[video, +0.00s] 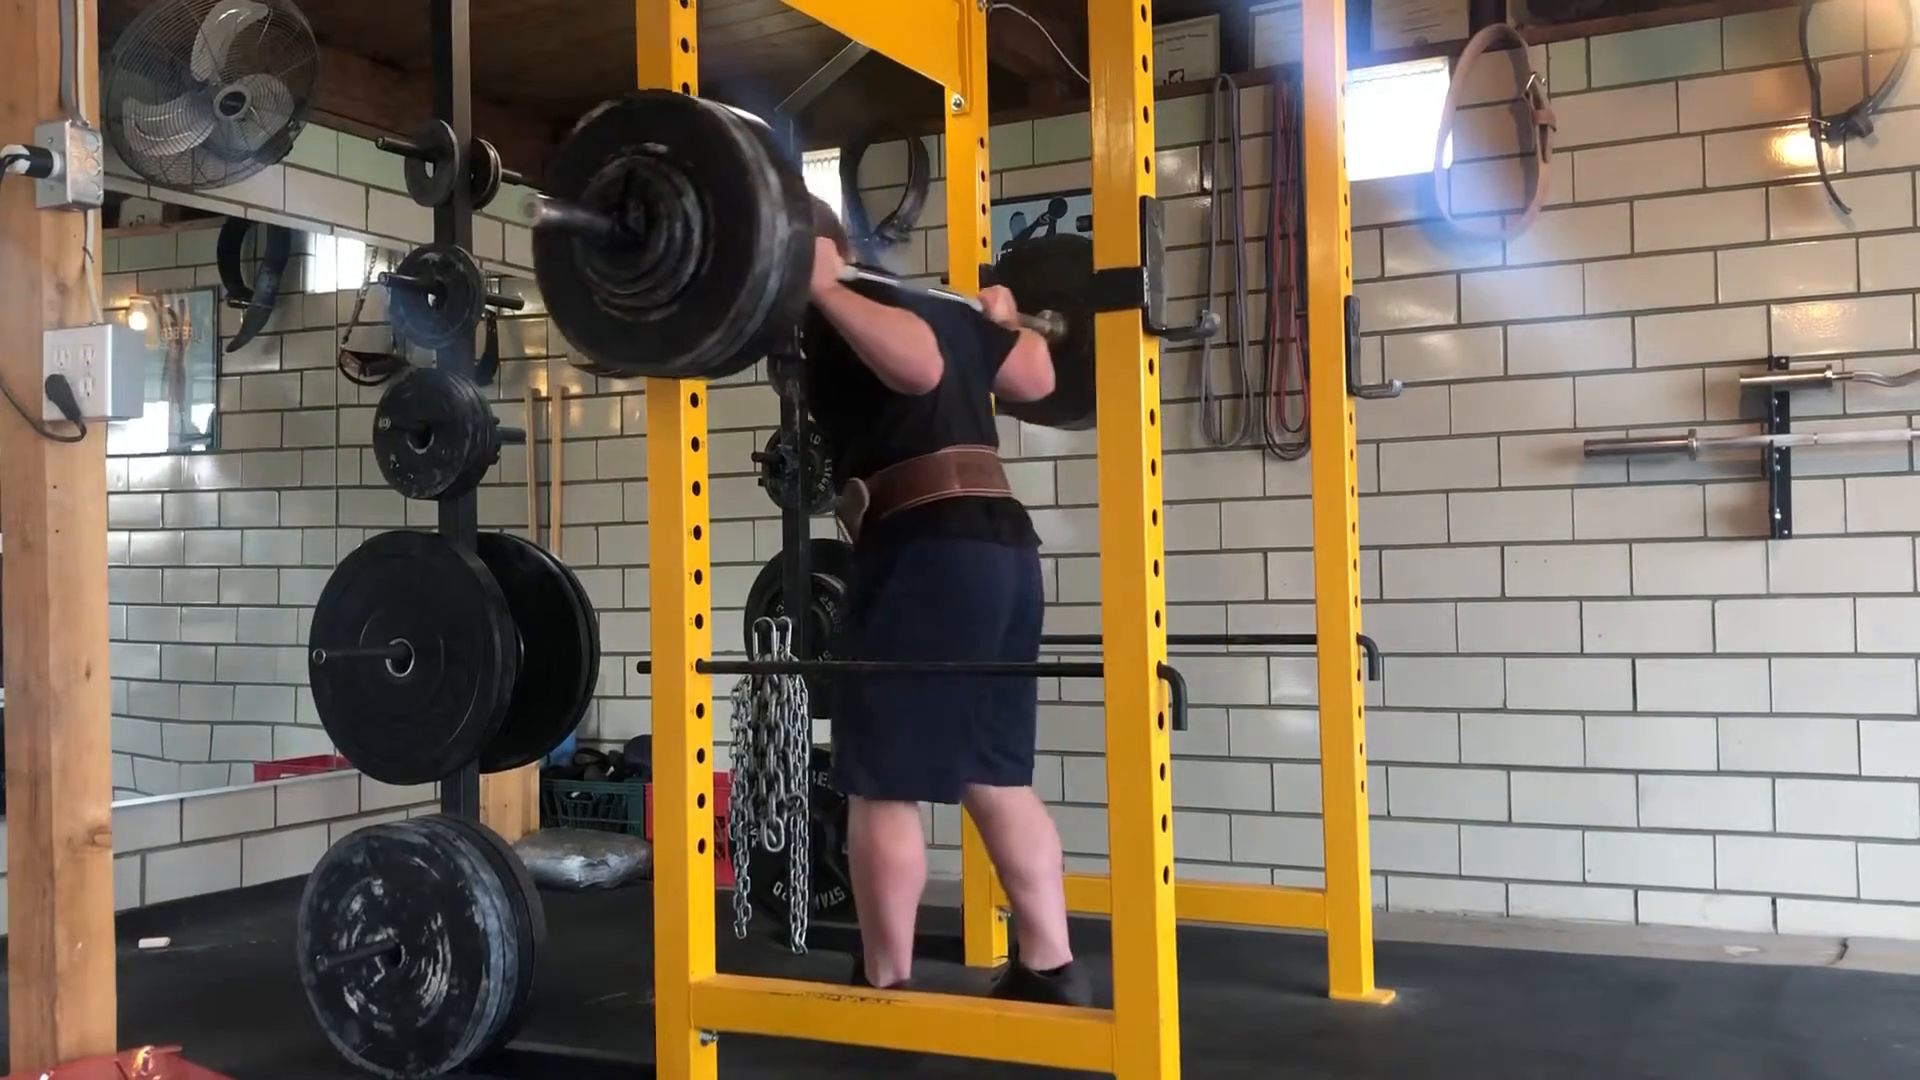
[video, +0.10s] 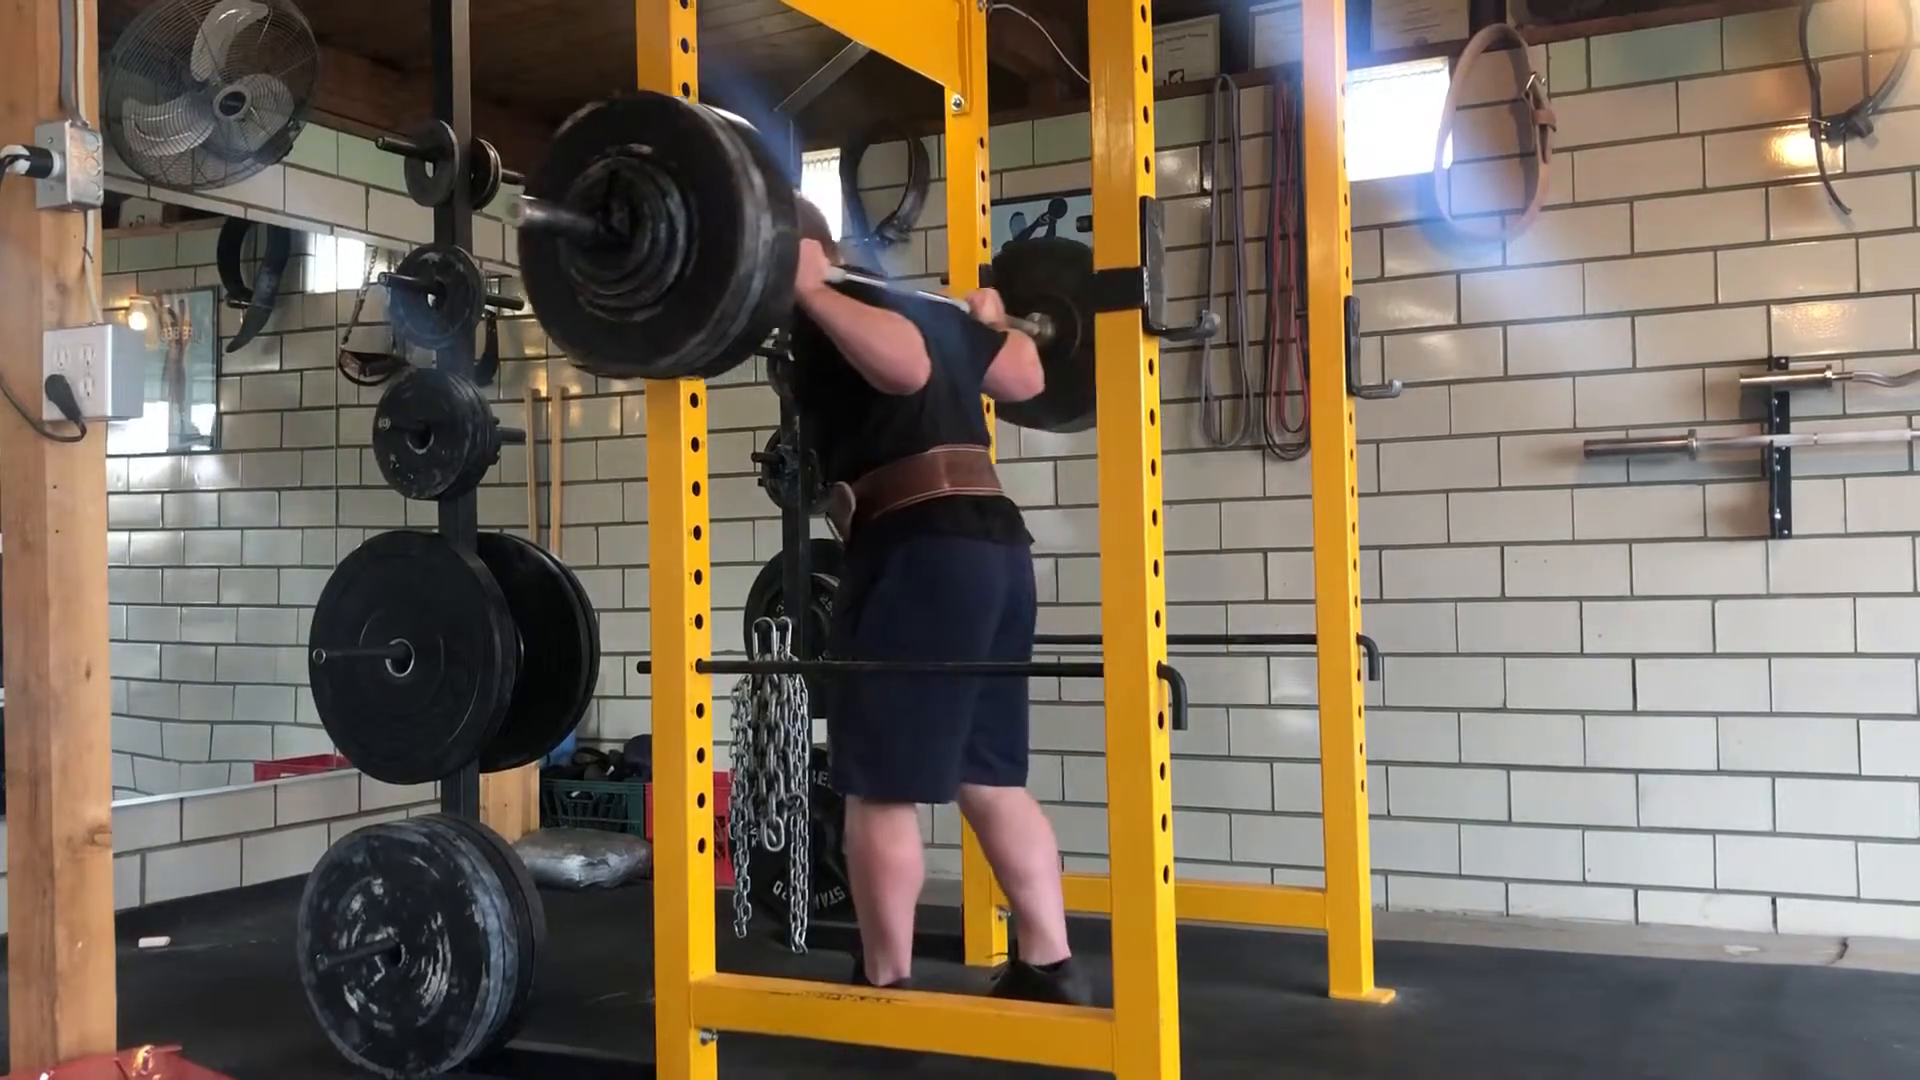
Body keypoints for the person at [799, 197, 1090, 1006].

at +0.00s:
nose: (798, 267)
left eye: (799, 252)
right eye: (797, 253)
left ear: (821, 246)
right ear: (855, 244)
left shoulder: (843, 307)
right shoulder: (947, 316)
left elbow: (924, 369)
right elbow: (1037, 377)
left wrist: (825, 288)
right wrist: (1006, 321)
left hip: (926, 553)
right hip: (1009, 554)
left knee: (882, 779)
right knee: (996, 771)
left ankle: (885, 988)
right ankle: (1049, 968)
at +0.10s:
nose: (774, 272)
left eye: (777, 255)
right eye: (775, 257)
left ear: (805, 248)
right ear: (838, 247)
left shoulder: (829, 308)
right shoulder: (932, 315)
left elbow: (910, 369)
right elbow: (1026, 377)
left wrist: (810, 291)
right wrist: (993, 322)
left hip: (922, 556)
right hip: (1003, 557)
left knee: (881, 781)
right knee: (990, 772)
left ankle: (884, 986)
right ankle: (1049, 967)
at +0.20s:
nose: (763, 265)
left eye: (767, 247)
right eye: (763, 248)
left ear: (793, 247)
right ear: (822, 244)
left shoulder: (816, 311)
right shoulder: (914, 313)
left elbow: (898, 372)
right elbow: (1014, 379)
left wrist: (798, 297)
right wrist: (985, 323)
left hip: (914, 553)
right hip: (994, 551)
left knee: (879, 784)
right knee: (987, 773)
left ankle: (883, 990)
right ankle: (1048, 967)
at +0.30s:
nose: (751, 272)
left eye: (756, 253)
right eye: (749, 255)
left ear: (790, 248)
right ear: (810, 246)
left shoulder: (808, 318)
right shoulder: (906, 315)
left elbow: (890, 374)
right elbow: (1005, 380)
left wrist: (790, 300)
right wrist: (975, 324)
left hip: (908, 558)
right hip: (988, 556)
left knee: (872, 779)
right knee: (982, 773)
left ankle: (884, 985)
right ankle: (1047, 965)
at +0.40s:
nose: (751, 270)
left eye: (754, 252)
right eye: (749, 254)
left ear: (786, 250)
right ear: (807, 247)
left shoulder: (806, 321)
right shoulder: (898, 316)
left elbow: (881, 374)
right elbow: (1000, 379)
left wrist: (784, 297)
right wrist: (972, 329)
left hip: (901, 551)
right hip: (981, 550)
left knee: (869, 780)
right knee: (978, 774)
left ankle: (884, 986)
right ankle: (1048, 963)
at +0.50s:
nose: (752, 271)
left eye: (756, 252)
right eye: (750, 255)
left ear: (786, 251)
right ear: (804, 250)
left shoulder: (807, 317)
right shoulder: (894, 317)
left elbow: (880, 375)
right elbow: (997, 381)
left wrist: (781, 298)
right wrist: (964, 330)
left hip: (899, 554)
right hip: (977, 553)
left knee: (868, 784)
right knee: (975, 778)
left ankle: (884, 986)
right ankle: (1048, 964)